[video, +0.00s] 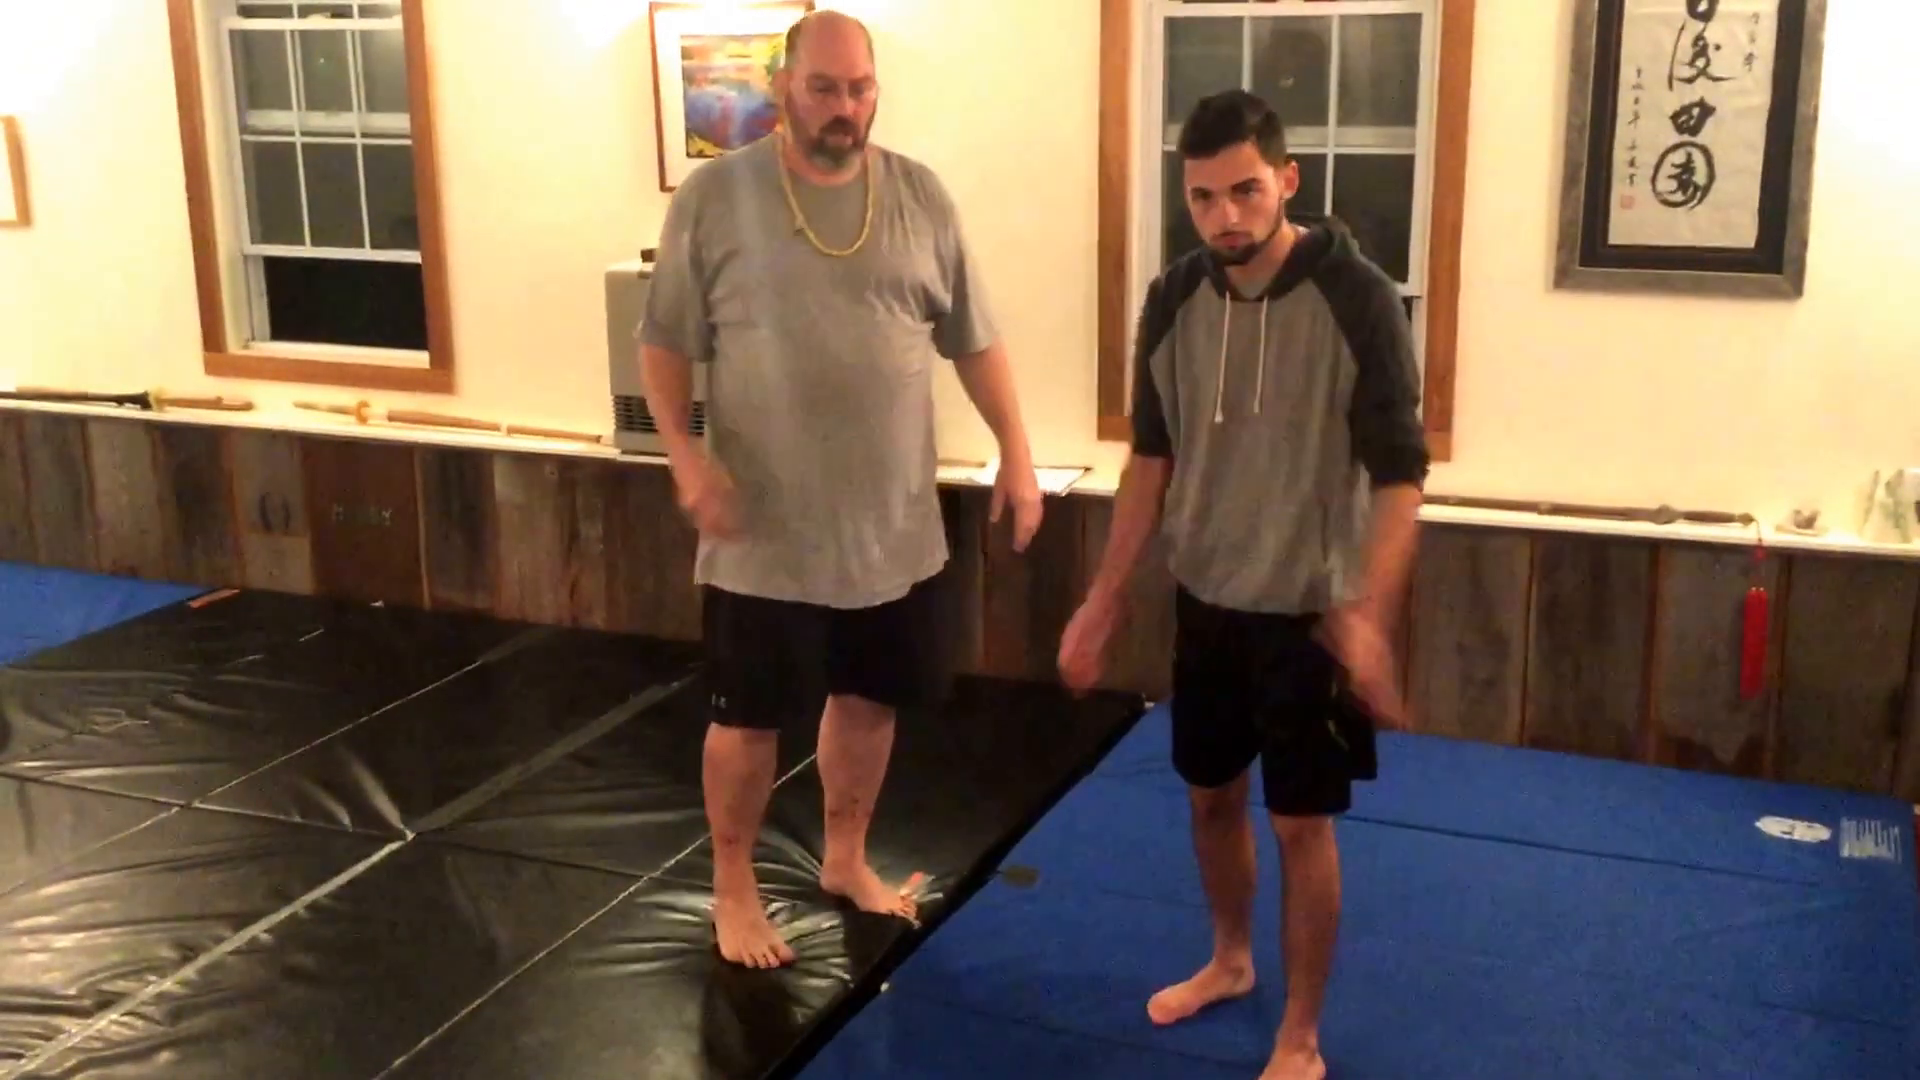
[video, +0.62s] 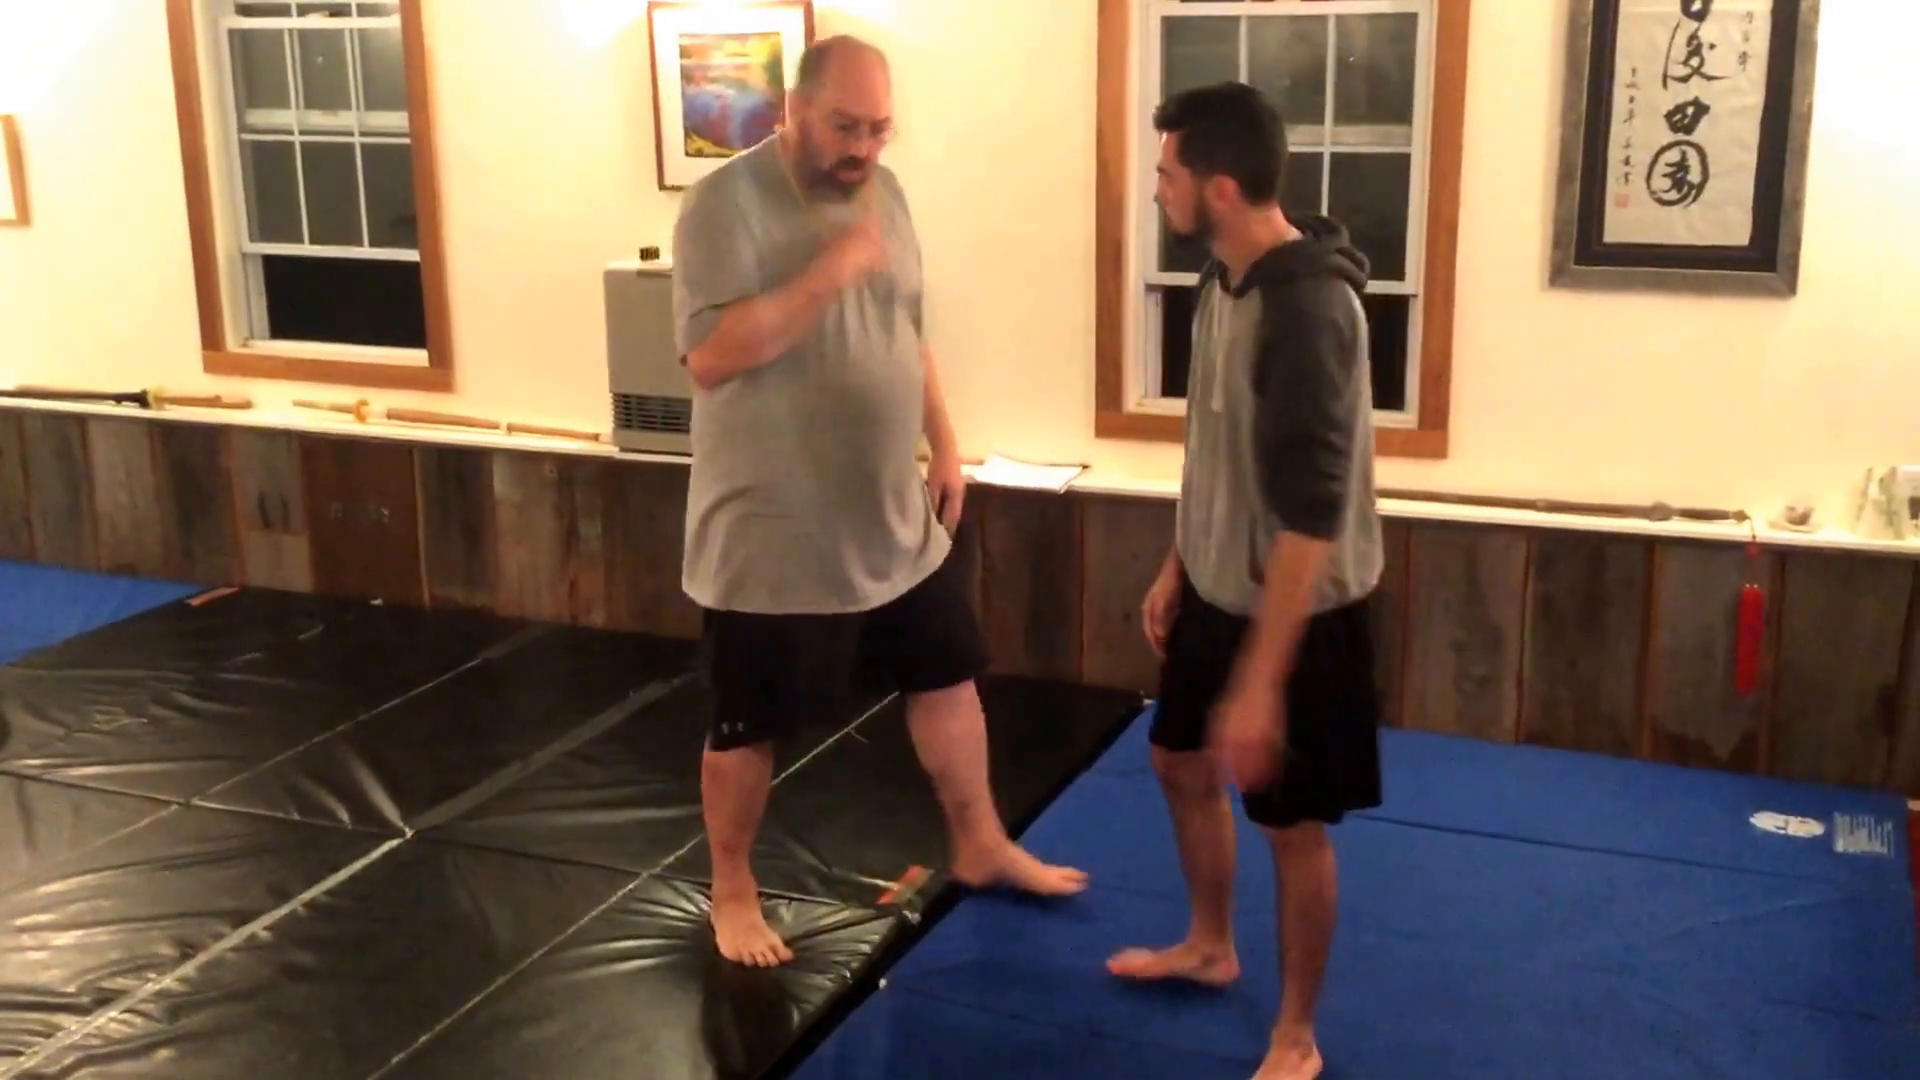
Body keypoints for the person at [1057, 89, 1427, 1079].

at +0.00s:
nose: (1225, 217)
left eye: (1243, 192)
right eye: (1204, 197)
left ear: (1287, 179)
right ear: (1184, 196)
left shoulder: (1356, 299)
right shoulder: (1176, 295)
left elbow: (1400, 472)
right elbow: (1149, 458)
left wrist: (1370, 609)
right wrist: (1104, 599)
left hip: (1311, 609)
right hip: (1207, 599)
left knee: (1300, 822)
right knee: (1214, 796)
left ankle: (1299, 1035)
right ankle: (1230, 962)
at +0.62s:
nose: (1159, 190)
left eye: (1168, 174)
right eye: (1161, 172)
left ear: (1220, 182)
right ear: (1230, 179)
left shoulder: (1309, 302)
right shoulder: (1224, 278)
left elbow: (1310, 519)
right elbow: (1220, 454)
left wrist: (1258, 685)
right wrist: (1179, 562)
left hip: (1303, 611)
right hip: (1219, 591)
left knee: (1296, 824)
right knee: (1180, 757)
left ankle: (1297, 1033)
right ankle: (1209, 945)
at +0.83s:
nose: (1157, 176)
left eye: (1167, 158)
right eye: (1160, 157)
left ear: (1212, 168)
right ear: (1232, 167)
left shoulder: (1277, 289)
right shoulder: (1242, 273)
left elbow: (1246, 492)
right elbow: (1237, 462)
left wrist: (1134, 627)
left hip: (1268, 596)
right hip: (1213, 587)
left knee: (1267, 819)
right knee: (1192, 767)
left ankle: (1290, 1033)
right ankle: (1205, 951)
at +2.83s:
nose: (1151, 174)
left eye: (1158, 154)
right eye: (1152, 155)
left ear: (1205, 158)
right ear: (1232, 158)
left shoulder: (1237, 282)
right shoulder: (1290, 256)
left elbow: (1216, 468)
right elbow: (1274, 434)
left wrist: (1158, 588)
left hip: (1255, 569)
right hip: (1250, 557)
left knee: (1256, 792)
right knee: (1181, 741)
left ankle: (1313, 1025)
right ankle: (1183, 915)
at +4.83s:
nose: (1143, 157)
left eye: (1154, 140)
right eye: (1146, 138)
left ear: (1202, 154)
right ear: (1225, 154)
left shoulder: (1221, 277)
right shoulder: (1273, 255)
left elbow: (1205, 469)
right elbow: (1264, 434)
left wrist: (1144, 597)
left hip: (1239, 568)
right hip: (1232, 556)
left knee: (1266, 786)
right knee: (1172, 734)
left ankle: (1308, 1013)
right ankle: (1177, 907)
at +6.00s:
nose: (1146, 157)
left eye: (1158, 141)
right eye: (1150, 139)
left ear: (1205, 157)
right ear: (1230, 158)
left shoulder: (1221, 280)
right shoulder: (1276, 255)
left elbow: (1200, 472)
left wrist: (1139, 599)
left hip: (1235, 569)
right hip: (1229, 555)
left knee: (1262, 787)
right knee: (1169, 734)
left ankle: (1309, 1013)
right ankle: (1177, 906)